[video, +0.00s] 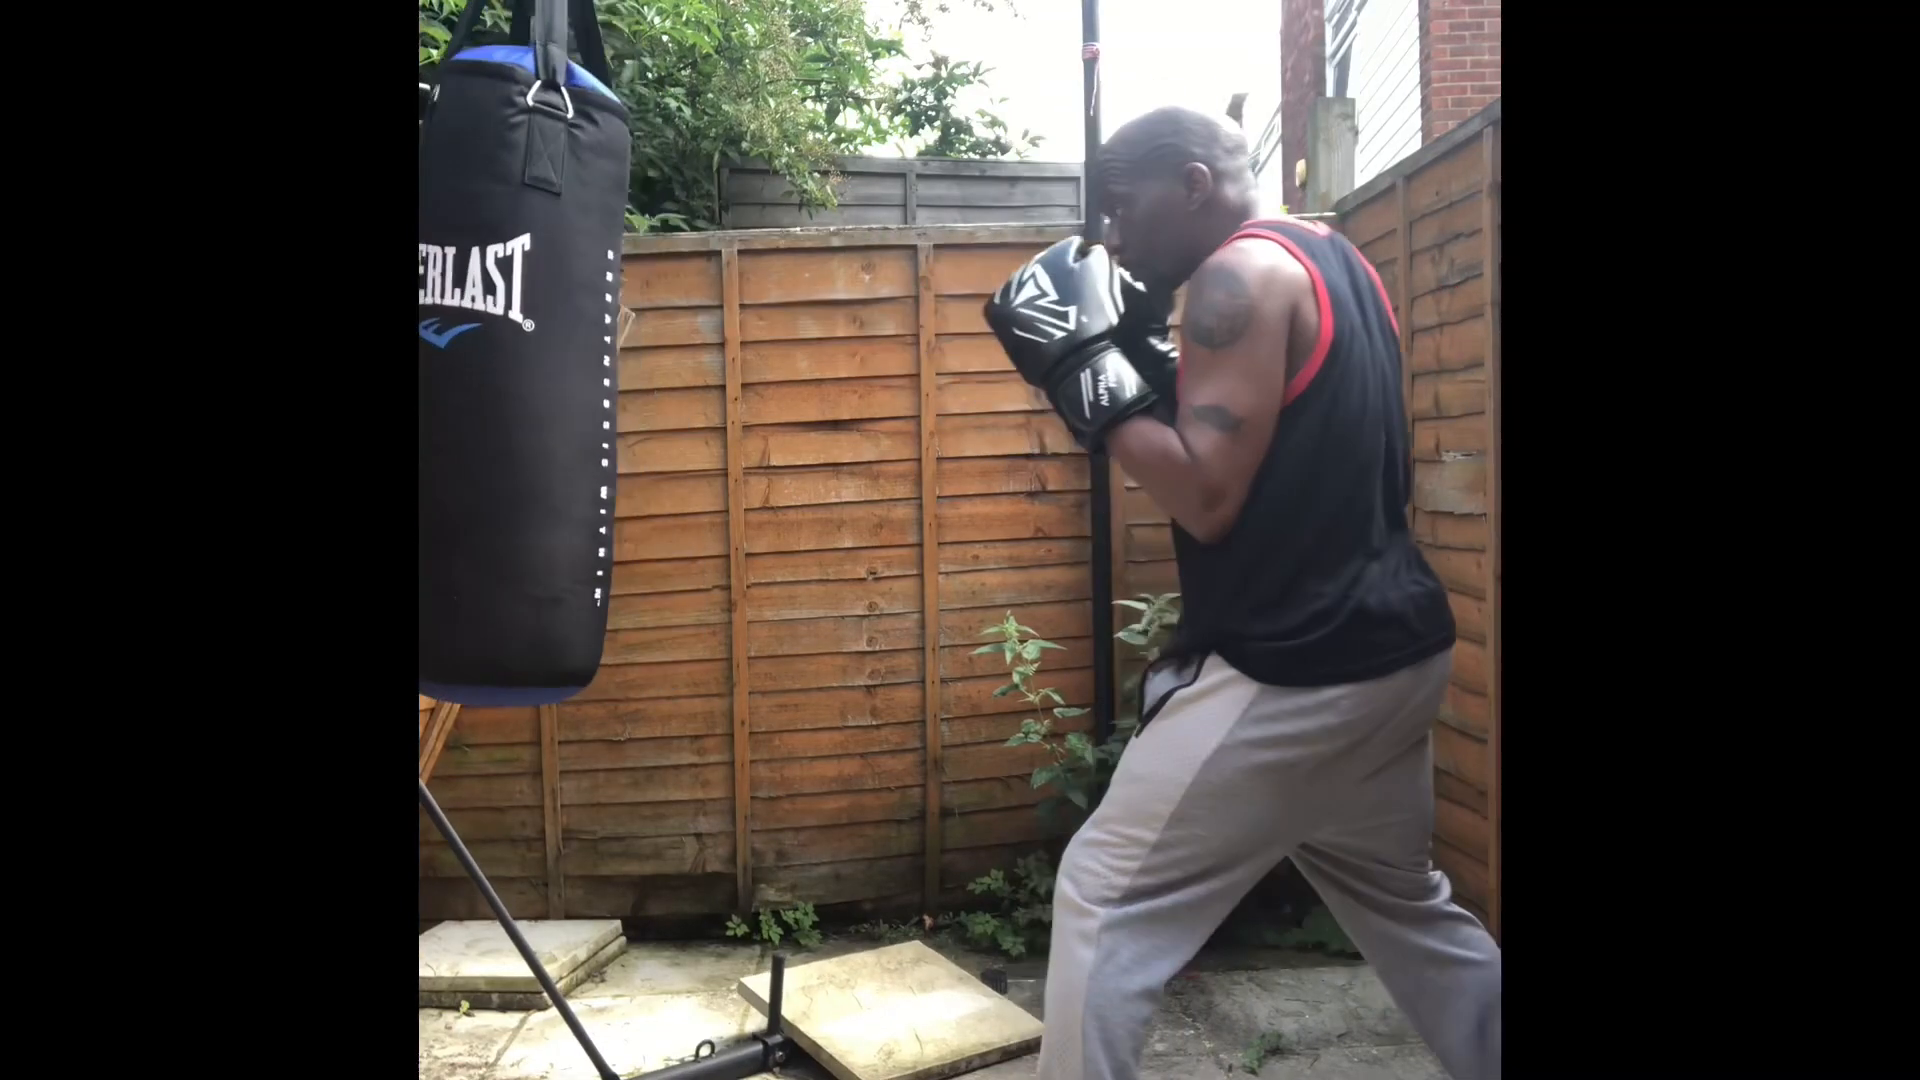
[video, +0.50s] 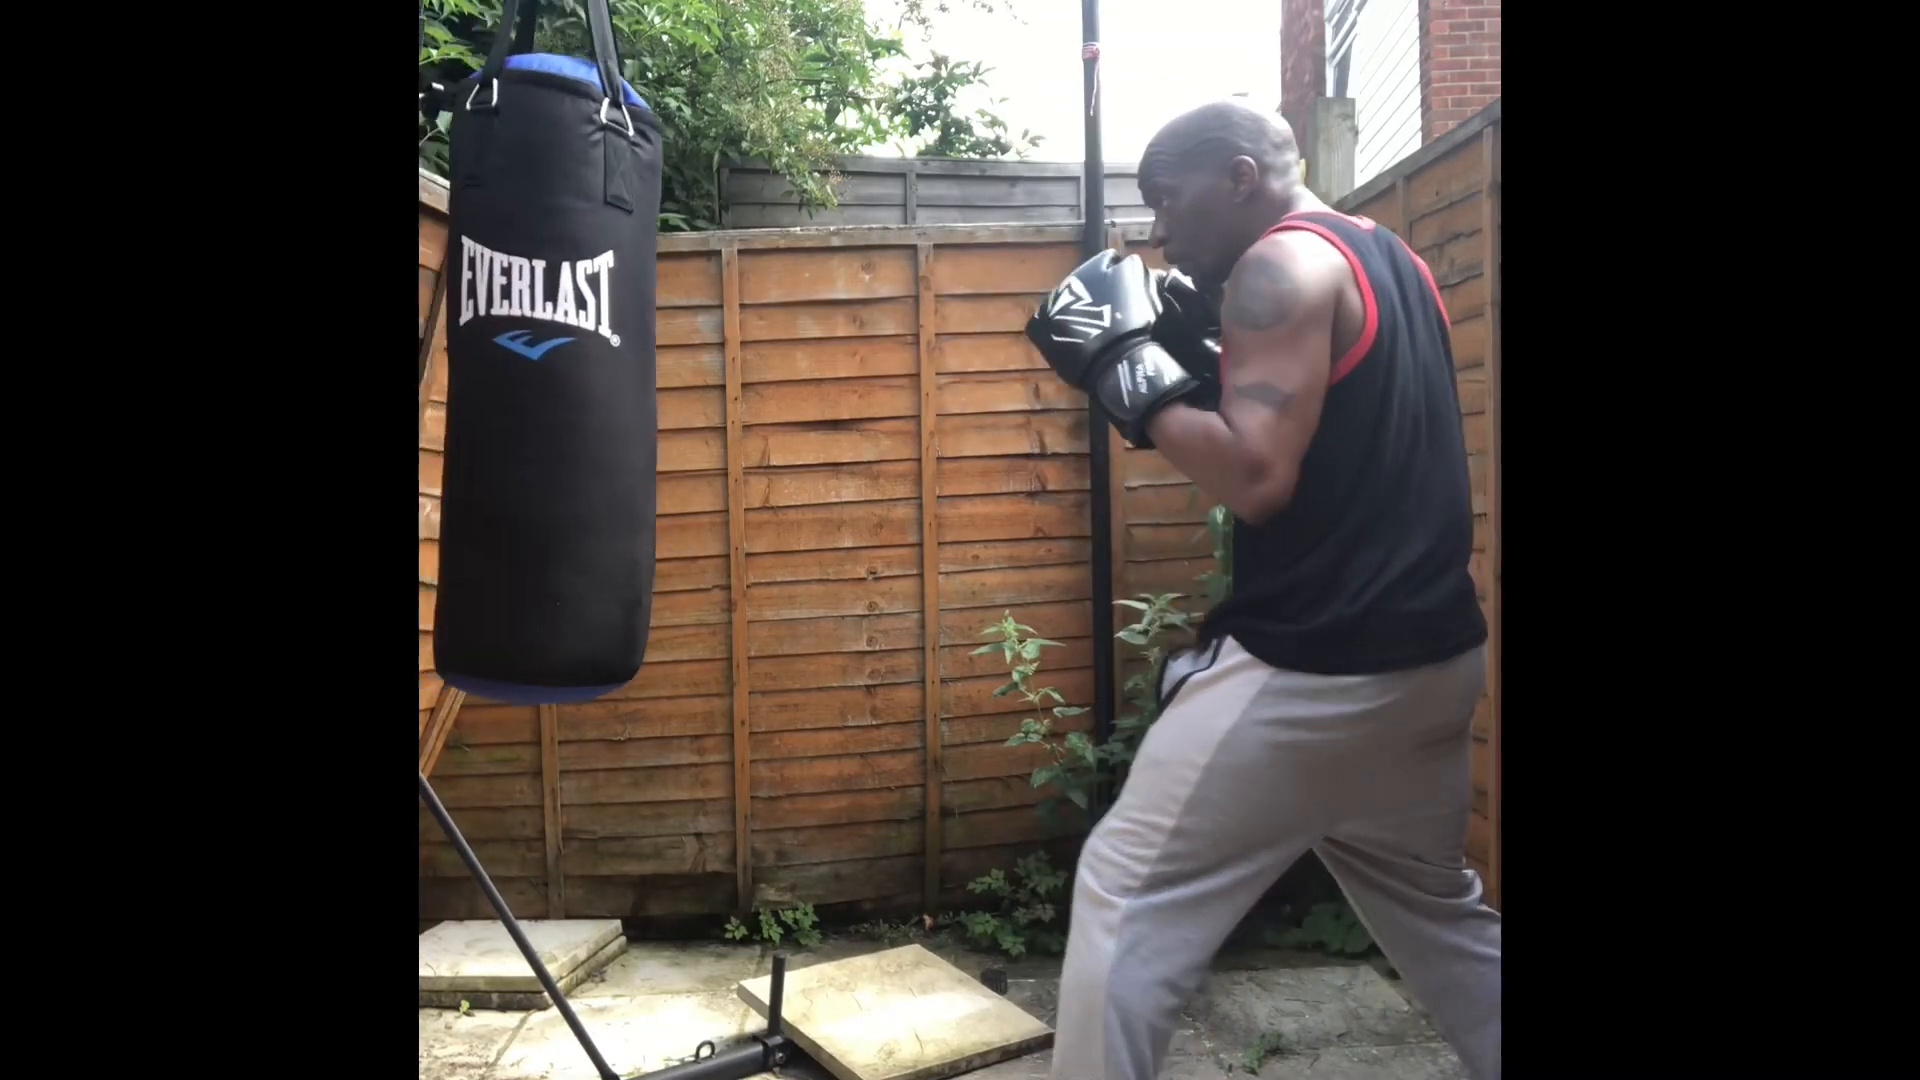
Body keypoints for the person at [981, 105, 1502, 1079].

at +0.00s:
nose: (1108, 238)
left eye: (1118, 208)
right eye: (1102, 214)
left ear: (1198, 185)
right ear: (1209, 188)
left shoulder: (1239, 275)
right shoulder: (1332, 255)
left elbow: (1203, 497)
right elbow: (1273, 452)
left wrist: (1079, 369)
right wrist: (1146, 351)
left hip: (1287, 662)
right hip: (1394, 640)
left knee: (1104, 894)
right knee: (1400, 901)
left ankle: (1077, 1068)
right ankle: (1492, 1059)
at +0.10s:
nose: (1149, 241)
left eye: (1157, 211)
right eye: (1143, 217)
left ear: (1236, 186)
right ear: (1251, 185)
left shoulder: (1276, 270)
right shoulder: (1371, 251)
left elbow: (1244, 489)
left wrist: (1119, 373)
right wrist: (1176, 347)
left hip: (1317, 664)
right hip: (1425, 642)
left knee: (1135, 895)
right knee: (1421, 898)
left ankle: (1097, 1071)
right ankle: (1494, 1057)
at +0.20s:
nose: (1173, 240)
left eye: (1179, 207)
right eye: (1165, 214)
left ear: (1256, 180)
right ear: (1271, 182)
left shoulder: (1295, 266)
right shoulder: (1393, 248)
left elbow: (1266, 481)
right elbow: (1350, 433)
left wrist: (1140, 372)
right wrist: (1207, 355)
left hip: (1337, 659)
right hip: (1440, 638)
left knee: (1161, 905)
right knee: (1421, 895)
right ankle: (1496, 1059)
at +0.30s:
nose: (1182, 241)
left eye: (1188, 208)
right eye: (1175, 214)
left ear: (1265, 179)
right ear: (1281, 181)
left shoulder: (1304, 266)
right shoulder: (1404, 248)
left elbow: (1274, 482)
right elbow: (1359, 440)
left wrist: (1147, 370)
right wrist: (1210, 357)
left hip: (1342, 663)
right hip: (1445, 641)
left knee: (1171, 909)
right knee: (1430, 904)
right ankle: (1496, 1059)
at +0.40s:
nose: (1178, 242)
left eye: (1184, 208)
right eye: (1171, 216)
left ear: (1261, 180)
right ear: (1277, 183)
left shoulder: (1303, 267)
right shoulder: (1399, 251)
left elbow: (1275, 481)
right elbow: (1353, 440)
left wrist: (1143, 372)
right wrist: (1210, 358)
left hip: (1340, 663)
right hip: (1443, 644)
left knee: (1162, 903)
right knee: (1426, 902)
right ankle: (1496, 1060)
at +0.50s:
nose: (1160, 235)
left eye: (1167, 203)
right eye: (1153, 209)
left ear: (1245, 180)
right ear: (1261, 181)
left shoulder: (1282, 268)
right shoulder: (1388, 252)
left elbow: (1252, 476)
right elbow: (1353, 432)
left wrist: (1123, 370)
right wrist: (1201, 356)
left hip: (1309, 661)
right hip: (1432, 647)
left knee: (1126, 888)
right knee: (1433, 903)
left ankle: (1093, 1069)